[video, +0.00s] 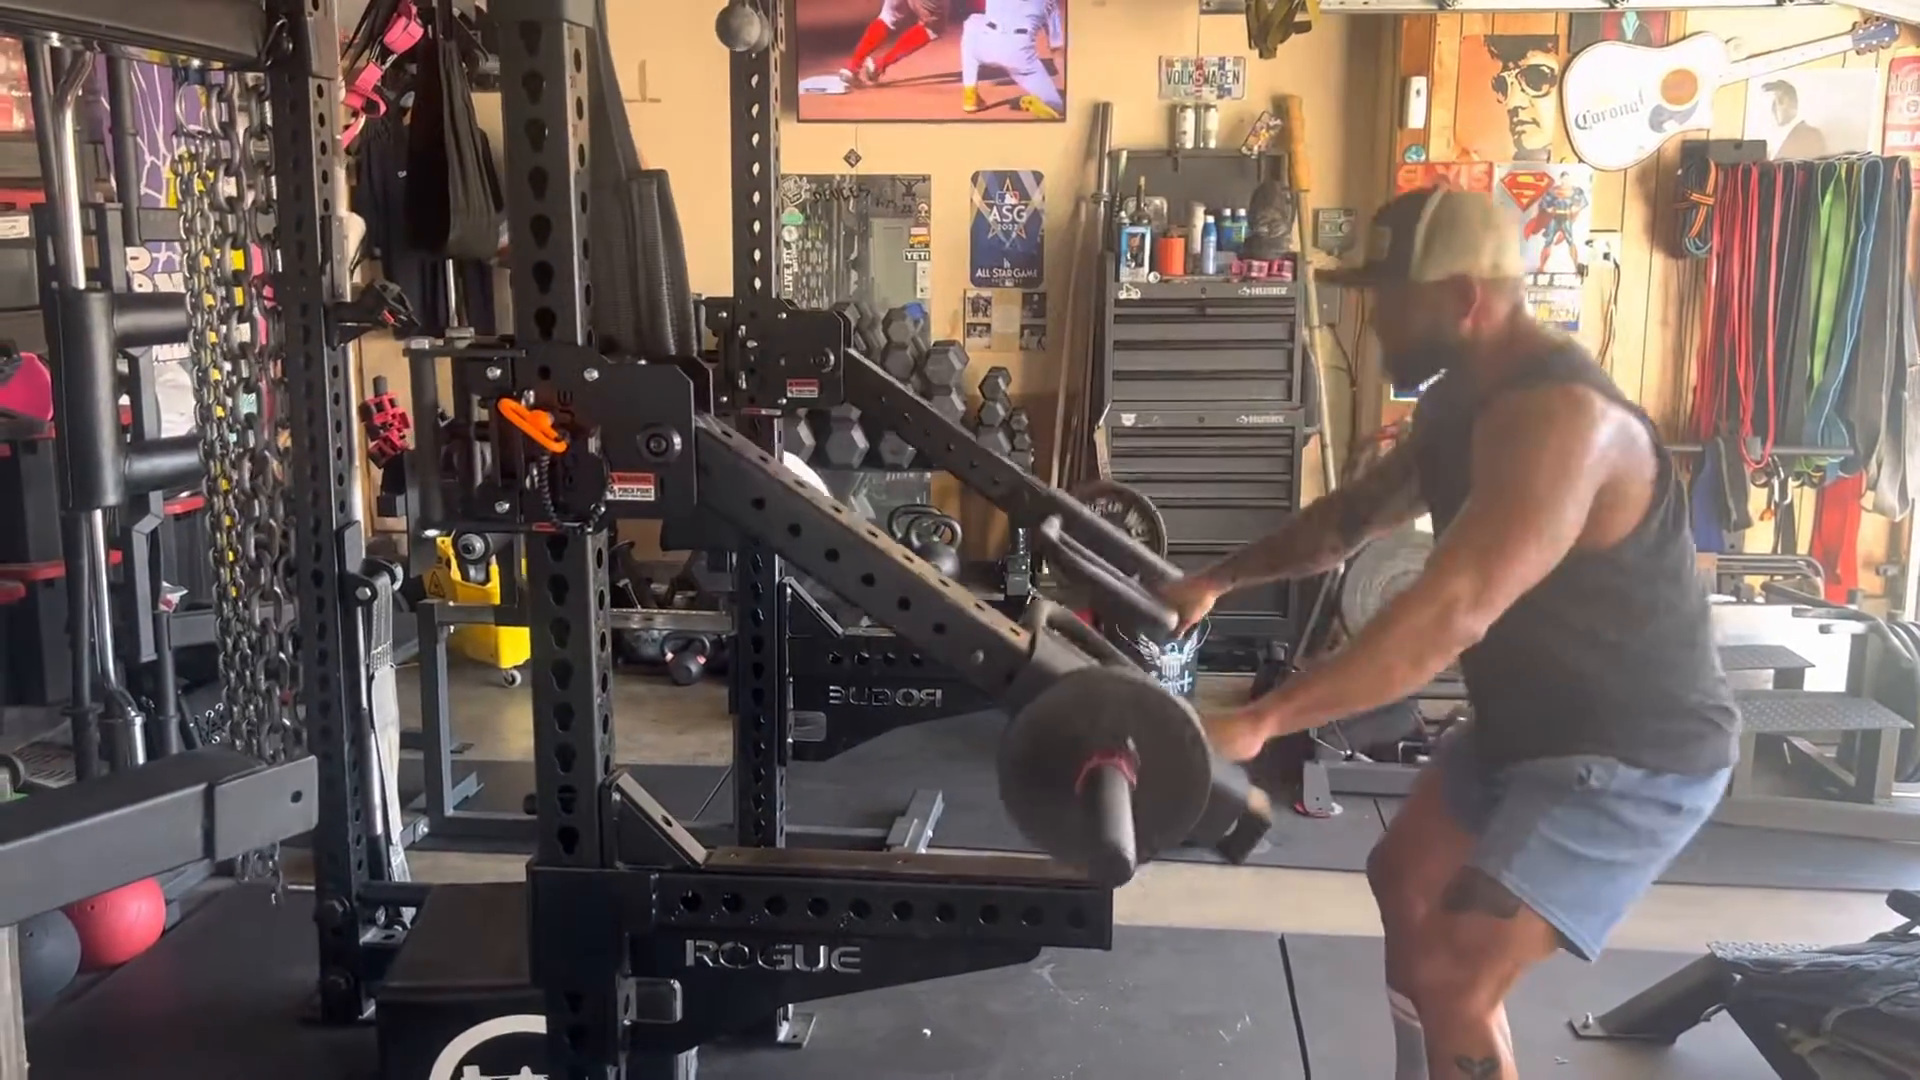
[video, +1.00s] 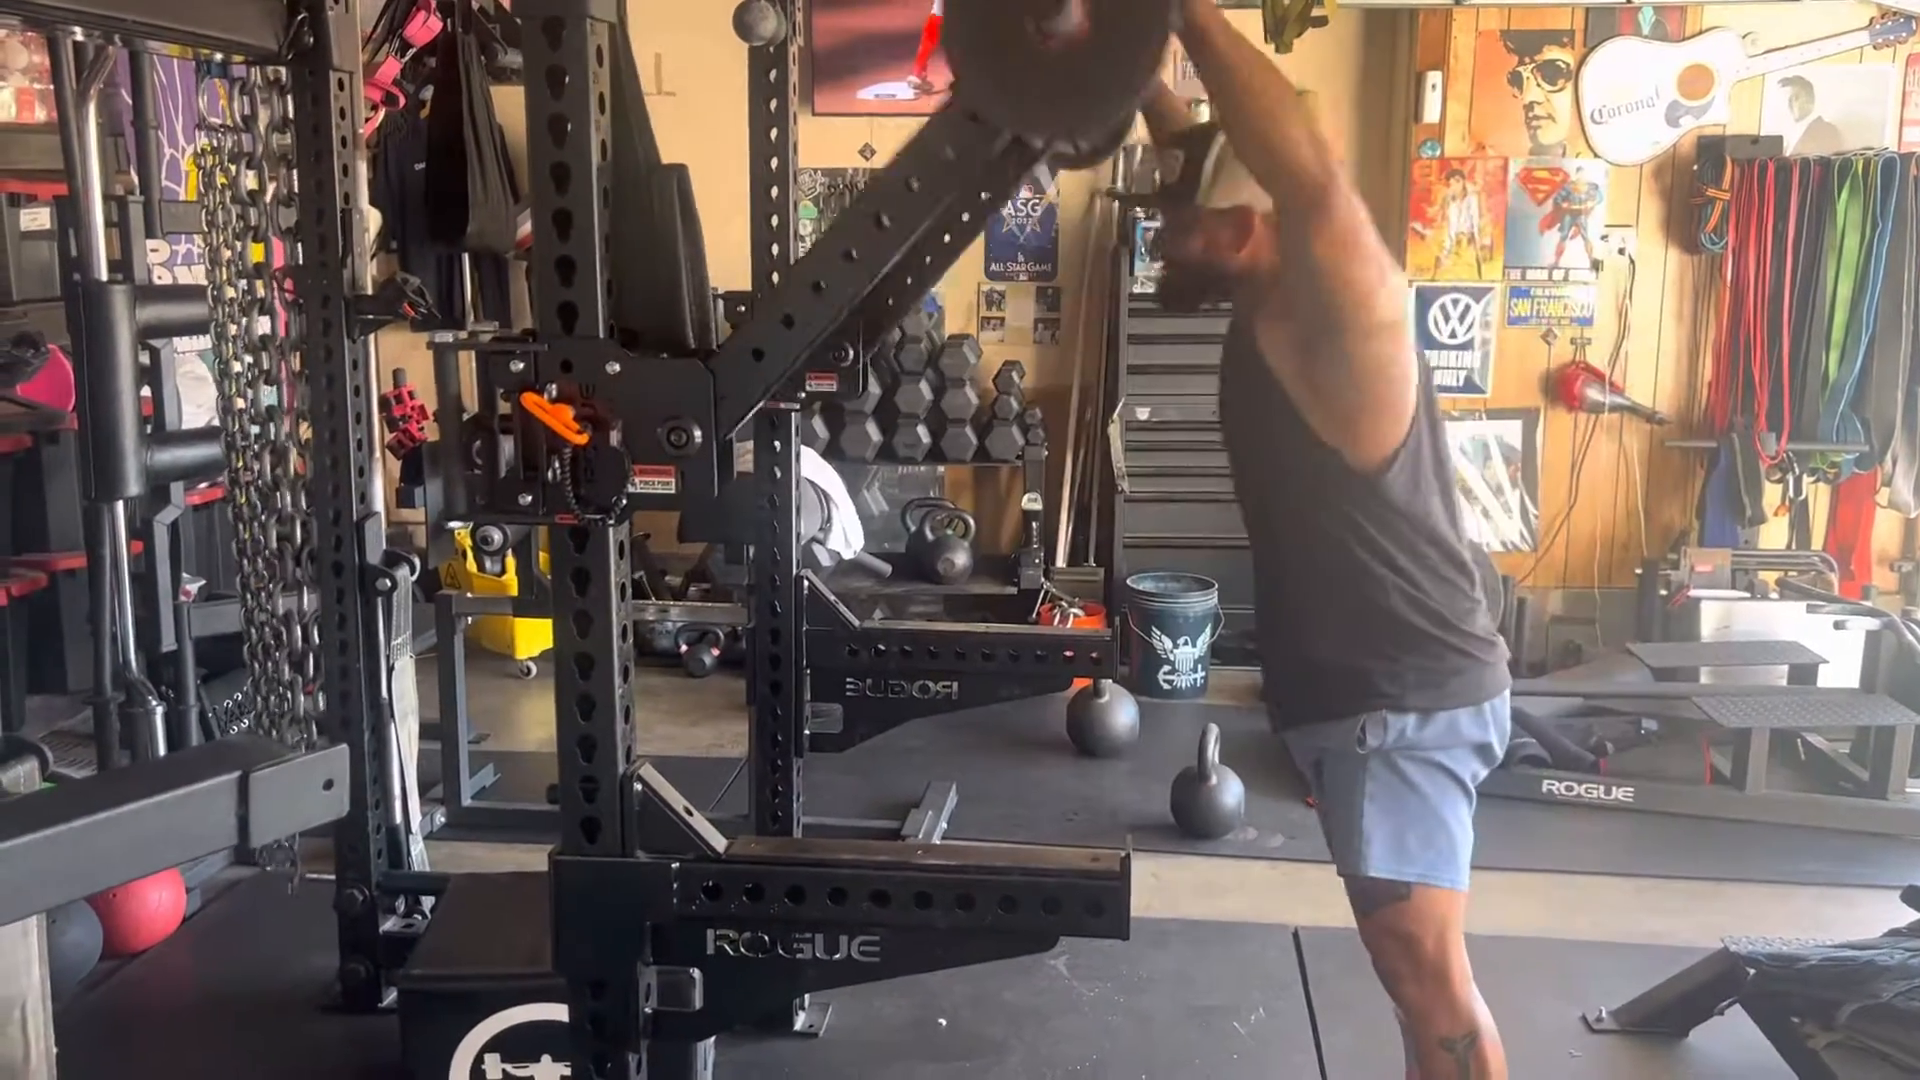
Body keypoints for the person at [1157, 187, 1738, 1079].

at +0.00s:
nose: (1372, 310)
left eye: (1388, 288)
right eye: (1373, 288)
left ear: (1467, 302)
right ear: (1466, 304)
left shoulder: (1559, 417)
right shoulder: (1462, 402)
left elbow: (1453, 608)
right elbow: (1350, 517)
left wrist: (1261, 718)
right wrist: (1216, 578)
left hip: (1629, 750)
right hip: (1523, 724)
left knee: (1453, 987)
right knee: (1405, 876)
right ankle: (1444, 1047)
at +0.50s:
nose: (1474, 256)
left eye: (1492, 234)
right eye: (1476, 234)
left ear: (1572, 249)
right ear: (1567, 253)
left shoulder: (1647, 378)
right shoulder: (1533, 360)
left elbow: (1554, 535)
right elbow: (1422, 452)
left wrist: (1355, 602)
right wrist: (1294, 487)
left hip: (1602, 737)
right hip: (1496, 706)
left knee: (1441, 971)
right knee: (1395, 866)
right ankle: (1435, 1060)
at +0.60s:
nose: (1456, 224)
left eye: (1471, 200)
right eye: (1458, 201)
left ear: (1548, 206)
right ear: (1538, 209)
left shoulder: (1628, 330)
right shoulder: (1514, 324)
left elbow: (1649, 440)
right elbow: (1435, 369)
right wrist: (1334, 352)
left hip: (1504, 697)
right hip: (1424, 674)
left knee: (1433, 973)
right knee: (1402, 936)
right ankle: (1432, 1067)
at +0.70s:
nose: (1391, 223)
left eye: (1410, 202)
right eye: (1387, 200)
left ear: (1471, 198)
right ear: (1403, 194)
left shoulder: (1549, 308)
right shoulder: (1444, 298)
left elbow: (1619, 390)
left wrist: (1411, 312)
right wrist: (1286, 268)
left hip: (1447, 703)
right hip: (1387, 688)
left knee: (1418, 972)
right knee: (1408, 963)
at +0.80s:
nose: (1316, 217)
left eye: (1324, 197)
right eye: (1313, 199)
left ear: (1345, 201)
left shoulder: (1428, 301)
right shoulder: (1363, 306)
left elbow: (1519, 330)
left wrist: (1355, 197)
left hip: (1415, 704)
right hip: (1378, 695)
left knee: (1418, 978)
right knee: (1409, 968)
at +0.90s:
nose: (1214, 265)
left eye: (1216, 241)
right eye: (1207, 249)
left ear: (1268, 211)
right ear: (1281, 214)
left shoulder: (1377, 294)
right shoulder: (1316, 310)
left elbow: (1406, 236)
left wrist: (1259, 68)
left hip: (1408, 701)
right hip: (1367, 695)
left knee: (1423, 970)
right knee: (1412, 963)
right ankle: (1439, 1072)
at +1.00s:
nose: (1177, 253)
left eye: (1193, 228)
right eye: (1179, 230)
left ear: (1250, 221)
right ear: (1248, 227)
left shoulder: (1332, 290)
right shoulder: (1277, 304)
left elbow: (1311, 167)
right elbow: (1212, 196)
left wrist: (1189, 8)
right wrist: (1166, 98)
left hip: (1402, 696)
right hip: (1366, 692)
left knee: (1424, 971)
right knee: (1413, 962)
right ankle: (1438, 1069)